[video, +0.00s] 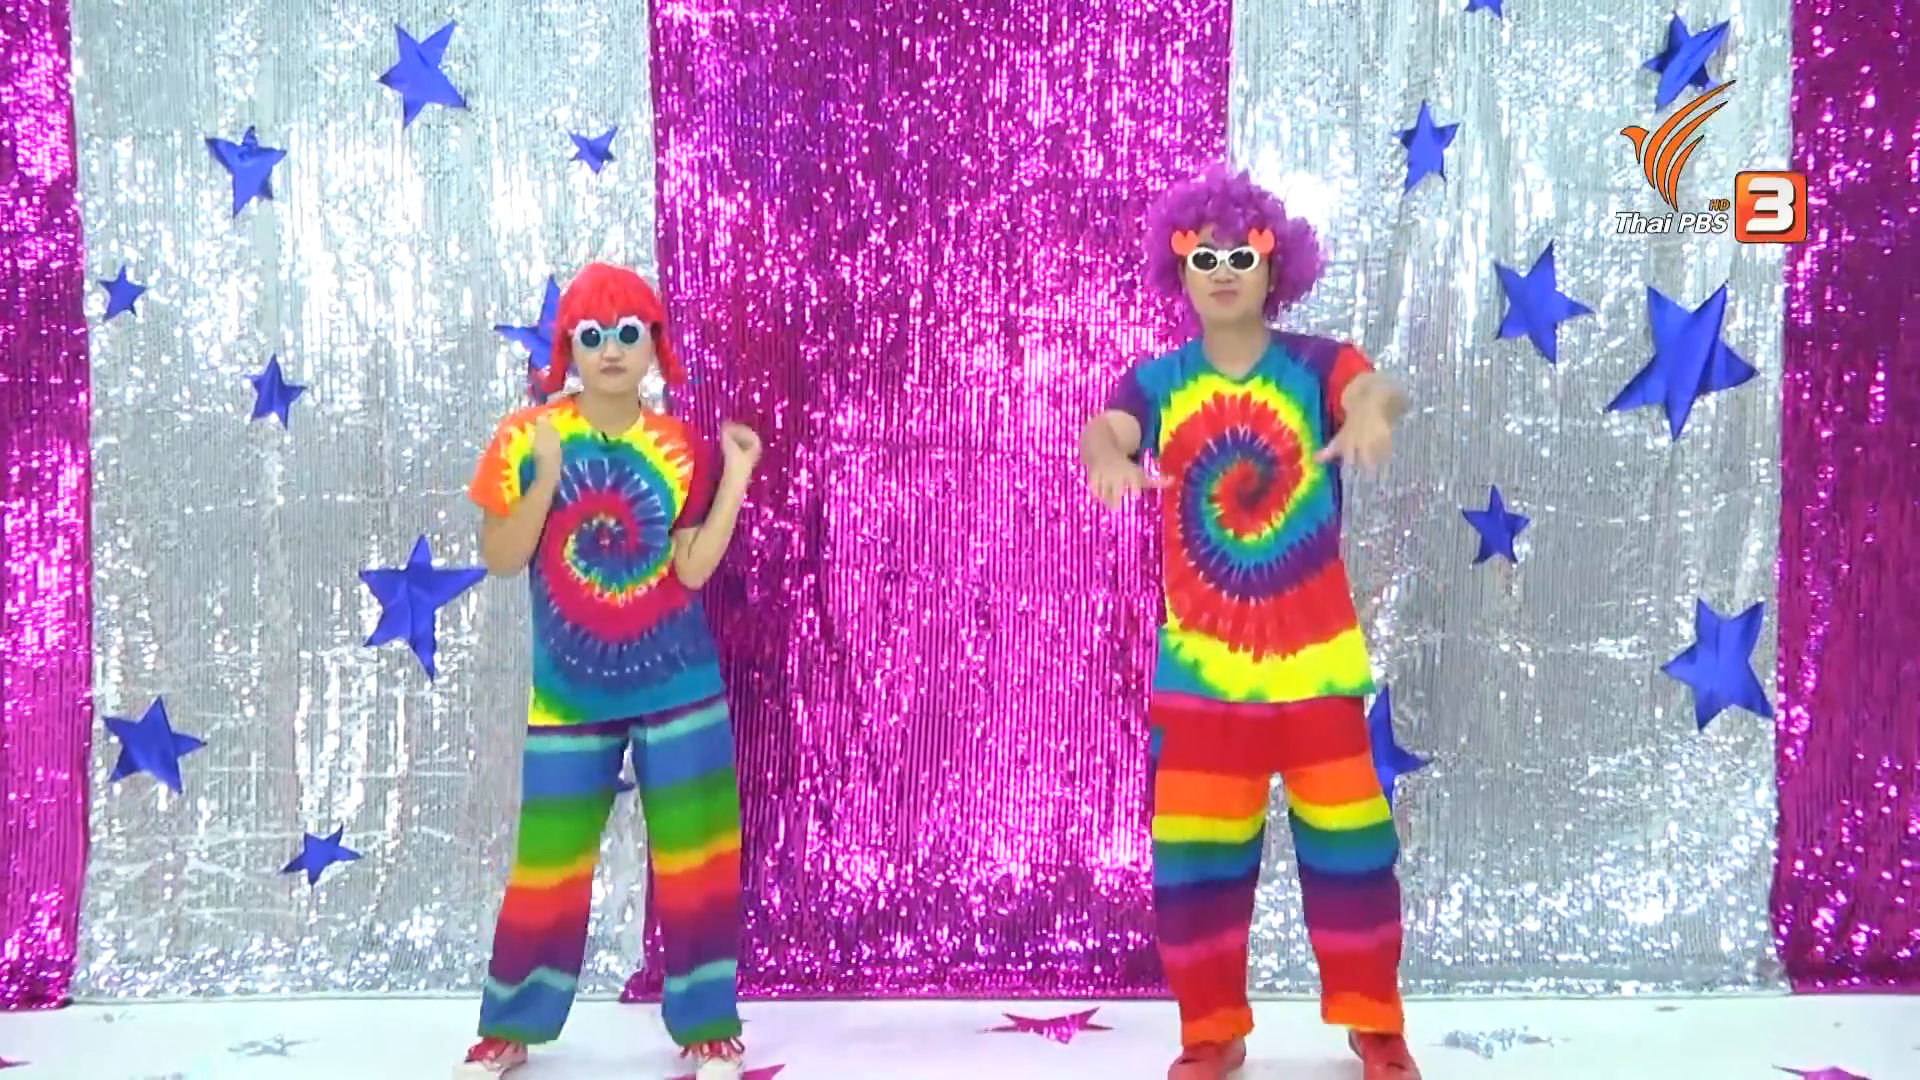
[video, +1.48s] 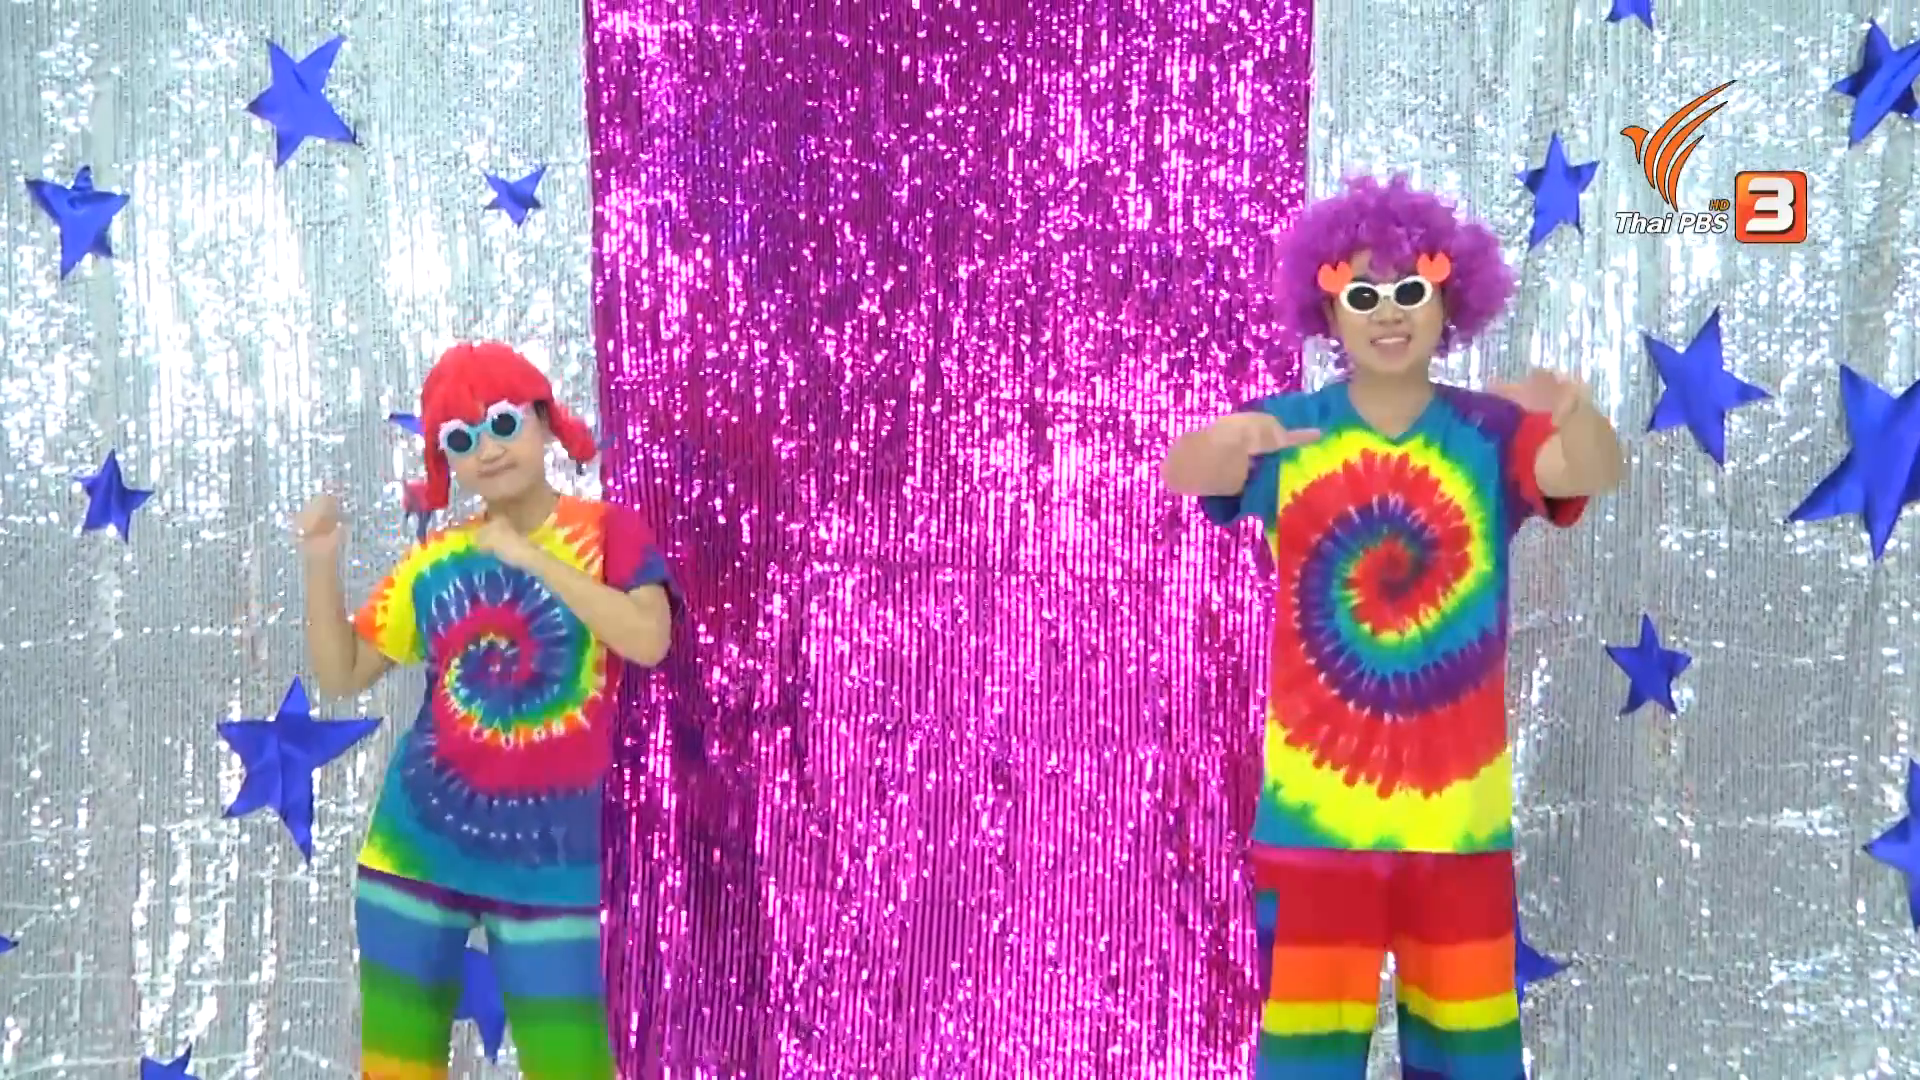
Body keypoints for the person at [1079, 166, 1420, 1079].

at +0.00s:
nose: (1223, 272)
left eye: (1243, 256)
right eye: (1203, 256)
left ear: (1273, 271)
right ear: (1179, 276)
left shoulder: (1320, 363)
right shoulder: (1158, 382)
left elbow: (1373, 387)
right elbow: (1107, 429)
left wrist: (1370, 412)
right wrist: (1107, 457)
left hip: (1320, 661)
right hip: (1204, 667)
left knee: (1353, 847)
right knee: (1197, 855)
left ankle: (1376, 1028)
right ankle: (1210, 1032)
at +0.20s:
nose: (1267, 243)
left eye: (1285, 225)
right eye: (1247, 226)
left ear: (1313, 246)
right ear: (1221, 247)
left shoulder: (1352, 343)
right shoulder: (1194, 352)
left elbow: (1423, 359)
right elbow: (1123, 366)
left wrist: (1440, 317)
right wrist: (1152, 336)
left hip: (1341, 644)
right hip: (1228, 650)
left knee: (1362, 852)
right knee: (1226, 859)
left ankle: (1392, 1054)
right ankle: (1223, 1059)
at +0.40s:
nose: (1326, 252)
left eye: (1345, 235)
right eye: (1305, 236)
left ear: (1374, 253)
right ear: (1276, 256)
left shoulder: (1406, 361)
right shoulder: (1247, 354)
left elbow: (1484, 400)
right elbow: (1184, 371)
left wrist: (1493, 350)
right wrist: (1234, 355)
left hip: (1380, 671)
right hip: (1261, 669)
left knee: (1384, 888)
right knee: (1246, 889)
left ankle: (1384, 1070)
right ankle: (1243, 1070)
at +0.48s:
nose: (1352, 269)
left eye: (1372, 250)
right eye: (1330, 252)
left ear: (1401, 268)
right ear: (1299, 271)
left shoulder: (1433, 377)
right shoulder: (1261, 367)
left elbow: (1510, 433)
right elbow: (1209, 408)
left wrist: (1510, 431)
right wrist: (1275, 424)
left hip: (1398, 697)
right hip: (1276, 694)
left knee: (1402, 903)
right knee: (1245, 903)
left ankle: (1397, 1068)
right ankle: (1246, 1069)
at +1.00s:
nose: (1326, 291)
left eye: (1348, 272)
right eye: (1304, 273)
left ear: (1381, 292)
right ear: (1273, 295)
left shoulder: (1429, 404)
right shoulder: (1236, 406)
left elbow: (1513, 457)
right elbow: (1161, 463)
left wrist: (1473, 407)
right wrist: (1162, 445)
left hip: (1406, 751)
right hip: (1271, 753)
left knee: (1424, 987)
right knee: (1268, 995)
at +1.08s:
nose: (1311, 318)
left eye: (1333, 298)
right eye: (1288, 300)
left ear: (1366, 317)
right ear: (1256, 321)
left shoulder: (1422, 425)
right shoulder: (1223, 437)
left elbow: (1501, 494)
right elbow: (1159, 499)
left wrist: (1452, 492)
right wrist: (1143, 523)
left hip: (1402, 791)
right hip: (1264, 794)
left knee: (1428, 1021)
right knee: (1256, 1031)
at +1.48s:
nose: (1389, 313)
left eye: (1410, 292)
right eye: (1364, 295)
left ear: (1444, 310)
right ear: (1330, 317)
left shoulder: (1490, 431)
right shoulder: (1291, 433)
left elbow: (1596, 469)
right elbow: (1184, 473)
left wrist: (1571, 404)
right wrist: (1220, 443)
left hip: (1461, 801)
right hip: (1322, 801)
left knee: (1474, 1042)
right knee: (1312, 1040)